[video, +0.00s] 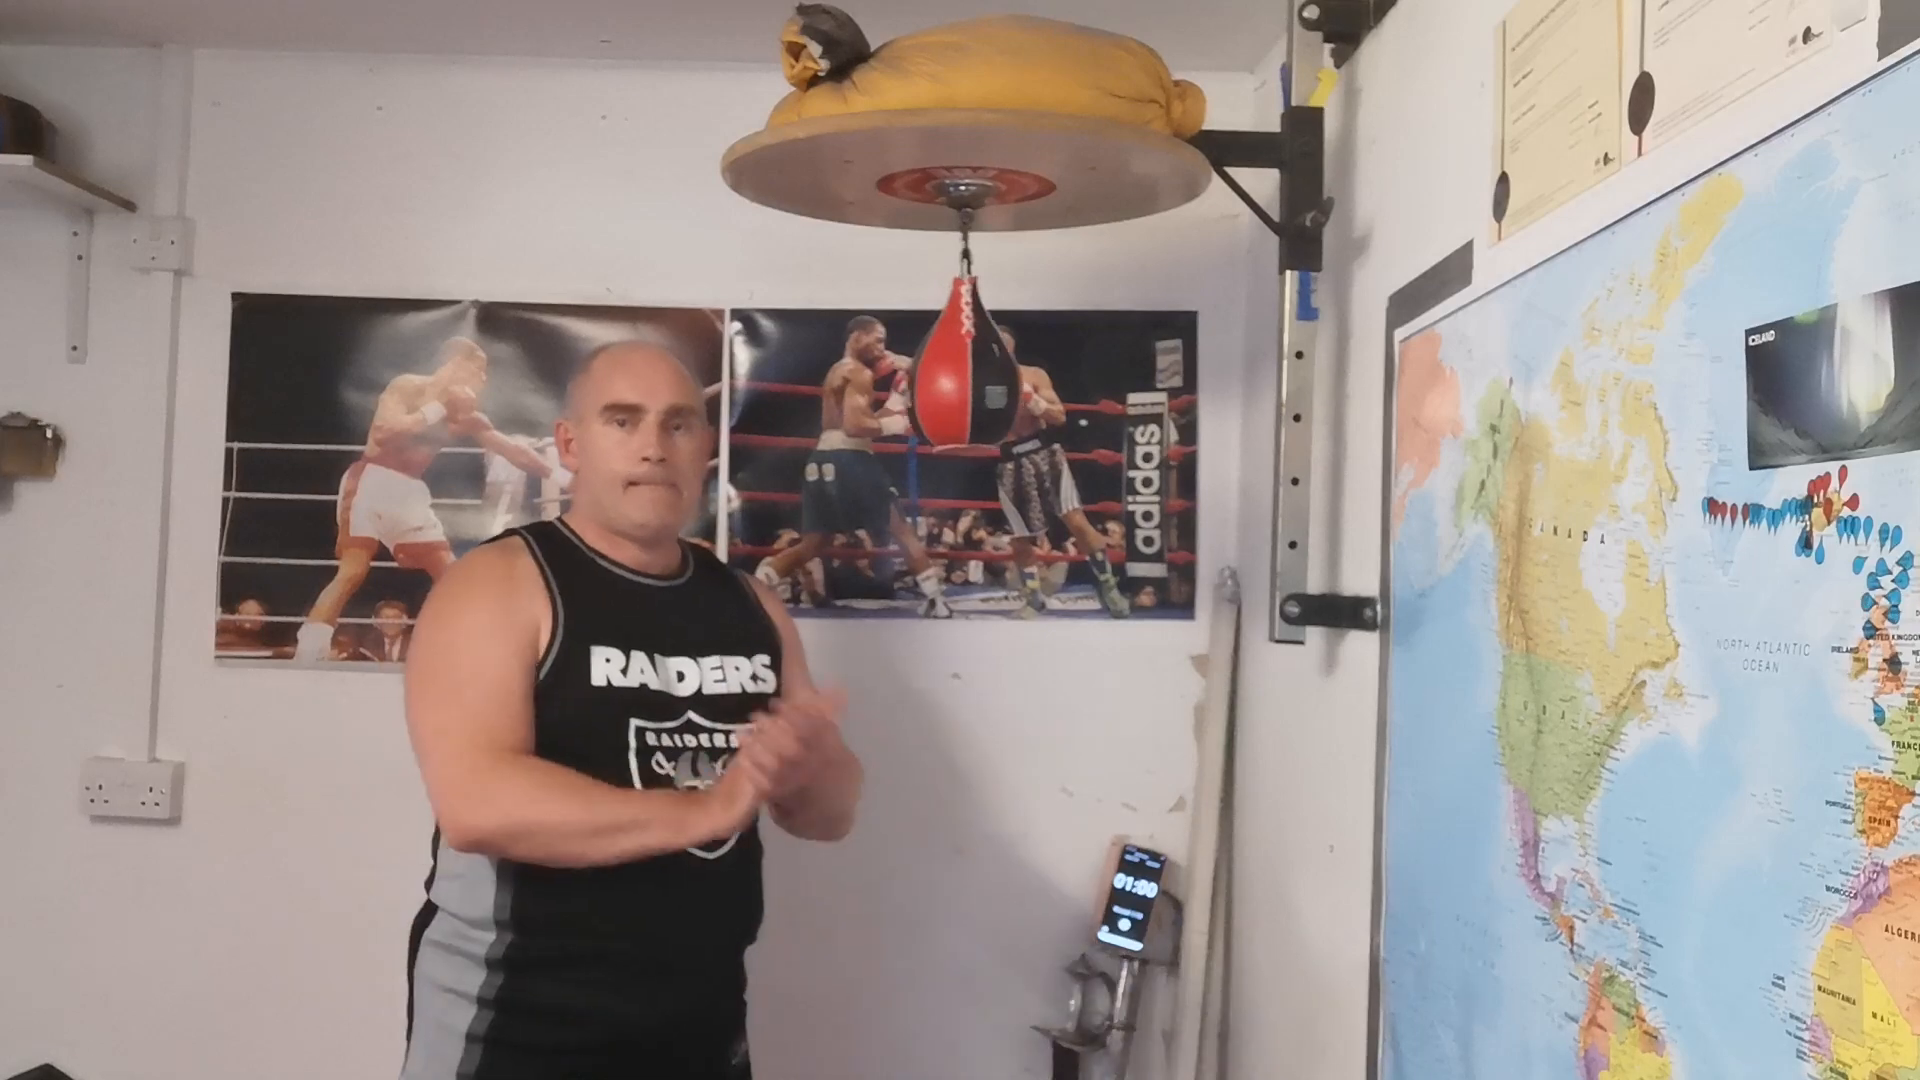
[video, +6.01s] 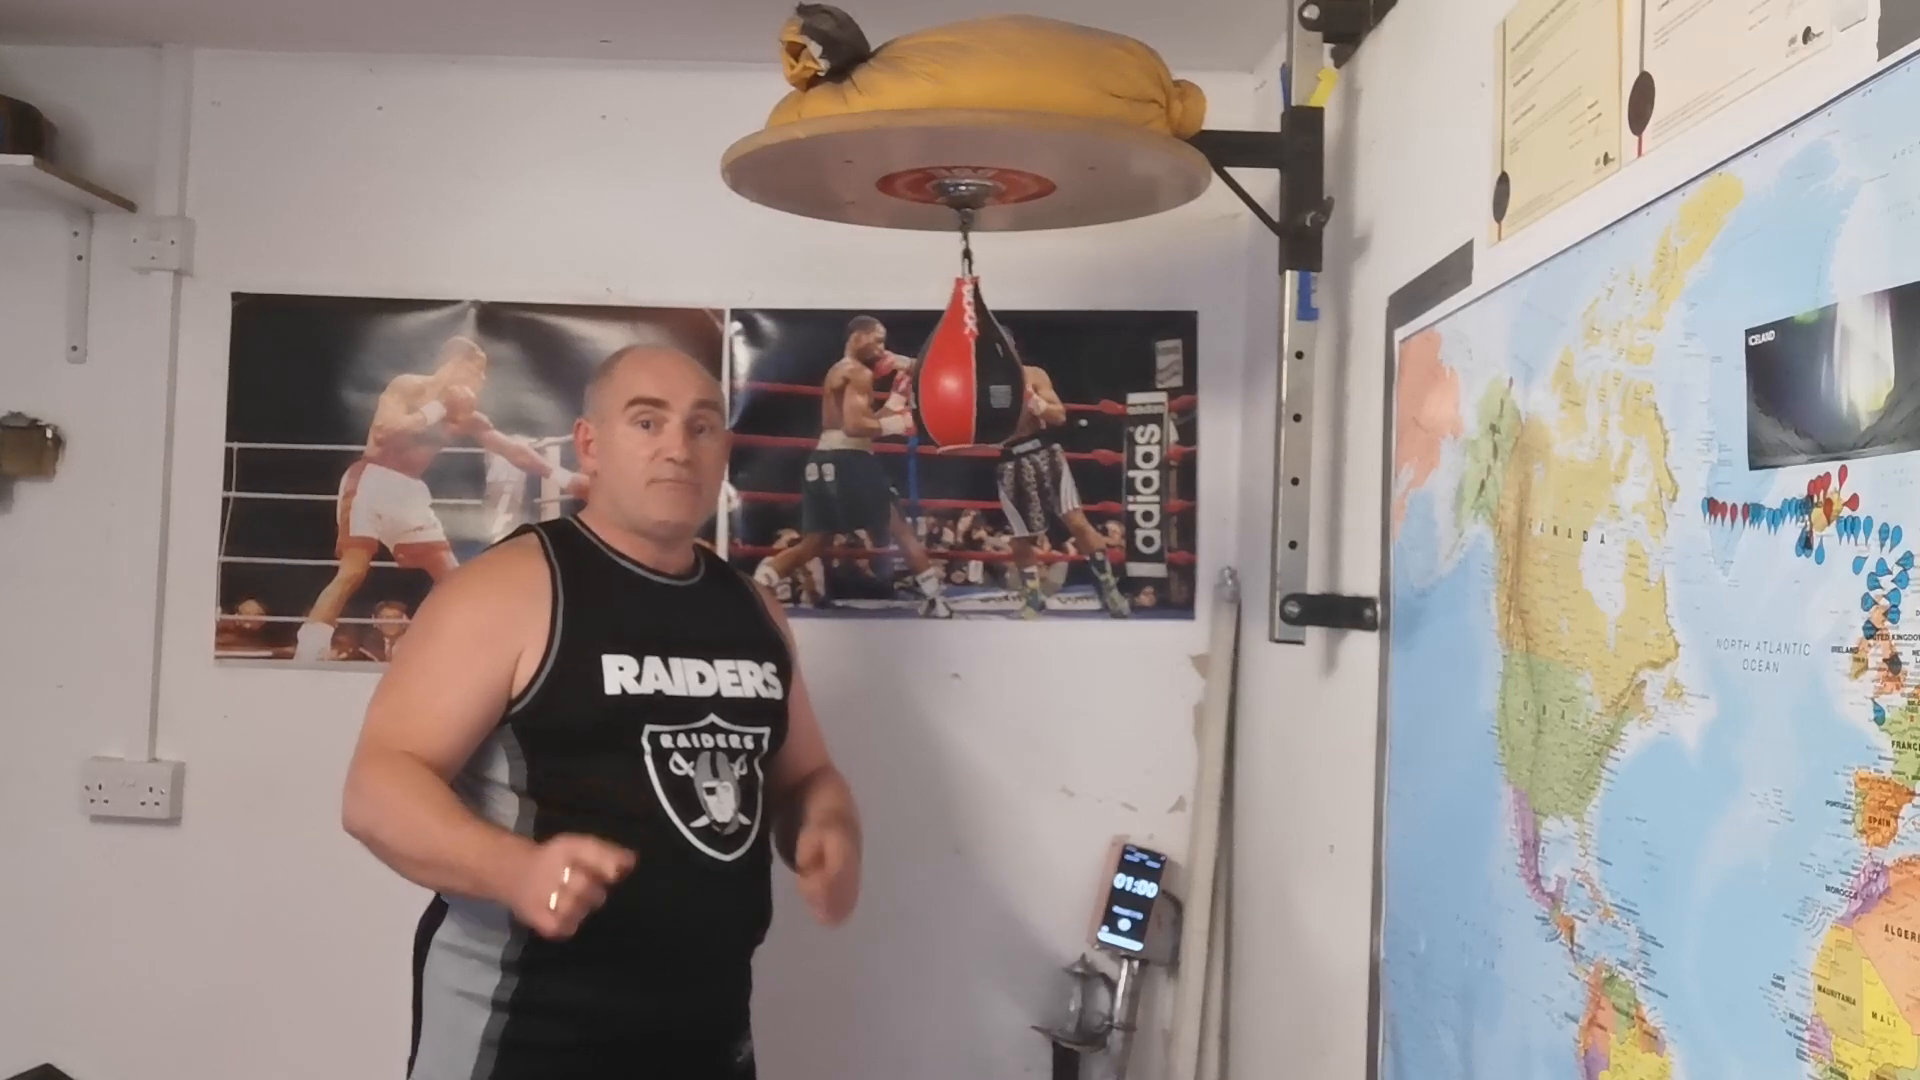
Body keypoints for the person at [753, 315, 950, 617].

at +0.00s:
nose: (881, 349)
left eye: (883, 343)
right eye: (877, 341)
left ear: (856, 340)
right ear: (856, 337)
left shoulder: (834, 373)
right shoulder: (859, 373)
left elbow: (841, 422)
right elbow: (854, 425)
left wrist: (885, 411)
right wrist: (890, 424)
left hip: (820, 463)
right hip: (853, 462)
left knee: (813, 543)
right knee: (903, 531)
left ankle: (755, 589)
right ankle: (936, 598)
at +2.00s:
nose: (881, 349)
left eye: (882, 343)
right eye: (877, 342)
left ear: (856, 340)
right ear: (858, 337)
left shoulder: (834, 373)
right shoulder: (858, 372)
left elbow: (848, 422)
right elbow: (854, 425)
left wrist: (887, 411)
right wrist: (894, 423)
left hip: (821, 462)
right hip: (852, 463)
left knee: (815, 542)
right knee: (903, 530)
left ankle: (756, 586)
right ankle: (936, 600)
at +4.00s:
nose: (881, 349)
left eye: (883, 343)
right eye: (878, 342)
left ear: (855, 340)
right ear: (857, 337)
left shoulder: (833, 374)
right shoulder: (858, 373)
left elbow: (849, 422)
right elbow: (855, 425)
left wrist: (889, 408)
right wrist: (896, 423)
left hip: (820, 462)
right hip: (853, 463)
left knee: (814, 542)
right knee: (902, 531)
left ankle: (755, 587)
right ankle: (935, 598)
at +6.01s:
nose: (881, 349)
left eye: (883, 343)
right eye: (878, 342)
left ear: (857, 340)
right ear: (858, 337)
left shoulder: (834, 372)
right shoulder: (858, 373)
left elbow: (848, 422)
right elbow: (854, 425)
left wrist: (886, 409)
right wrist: (894, 423)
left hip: (820, 463)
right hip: (852, 463)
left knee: (816, 541)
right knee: (901, 529)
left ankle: (756, 587)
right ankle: (935, 597)